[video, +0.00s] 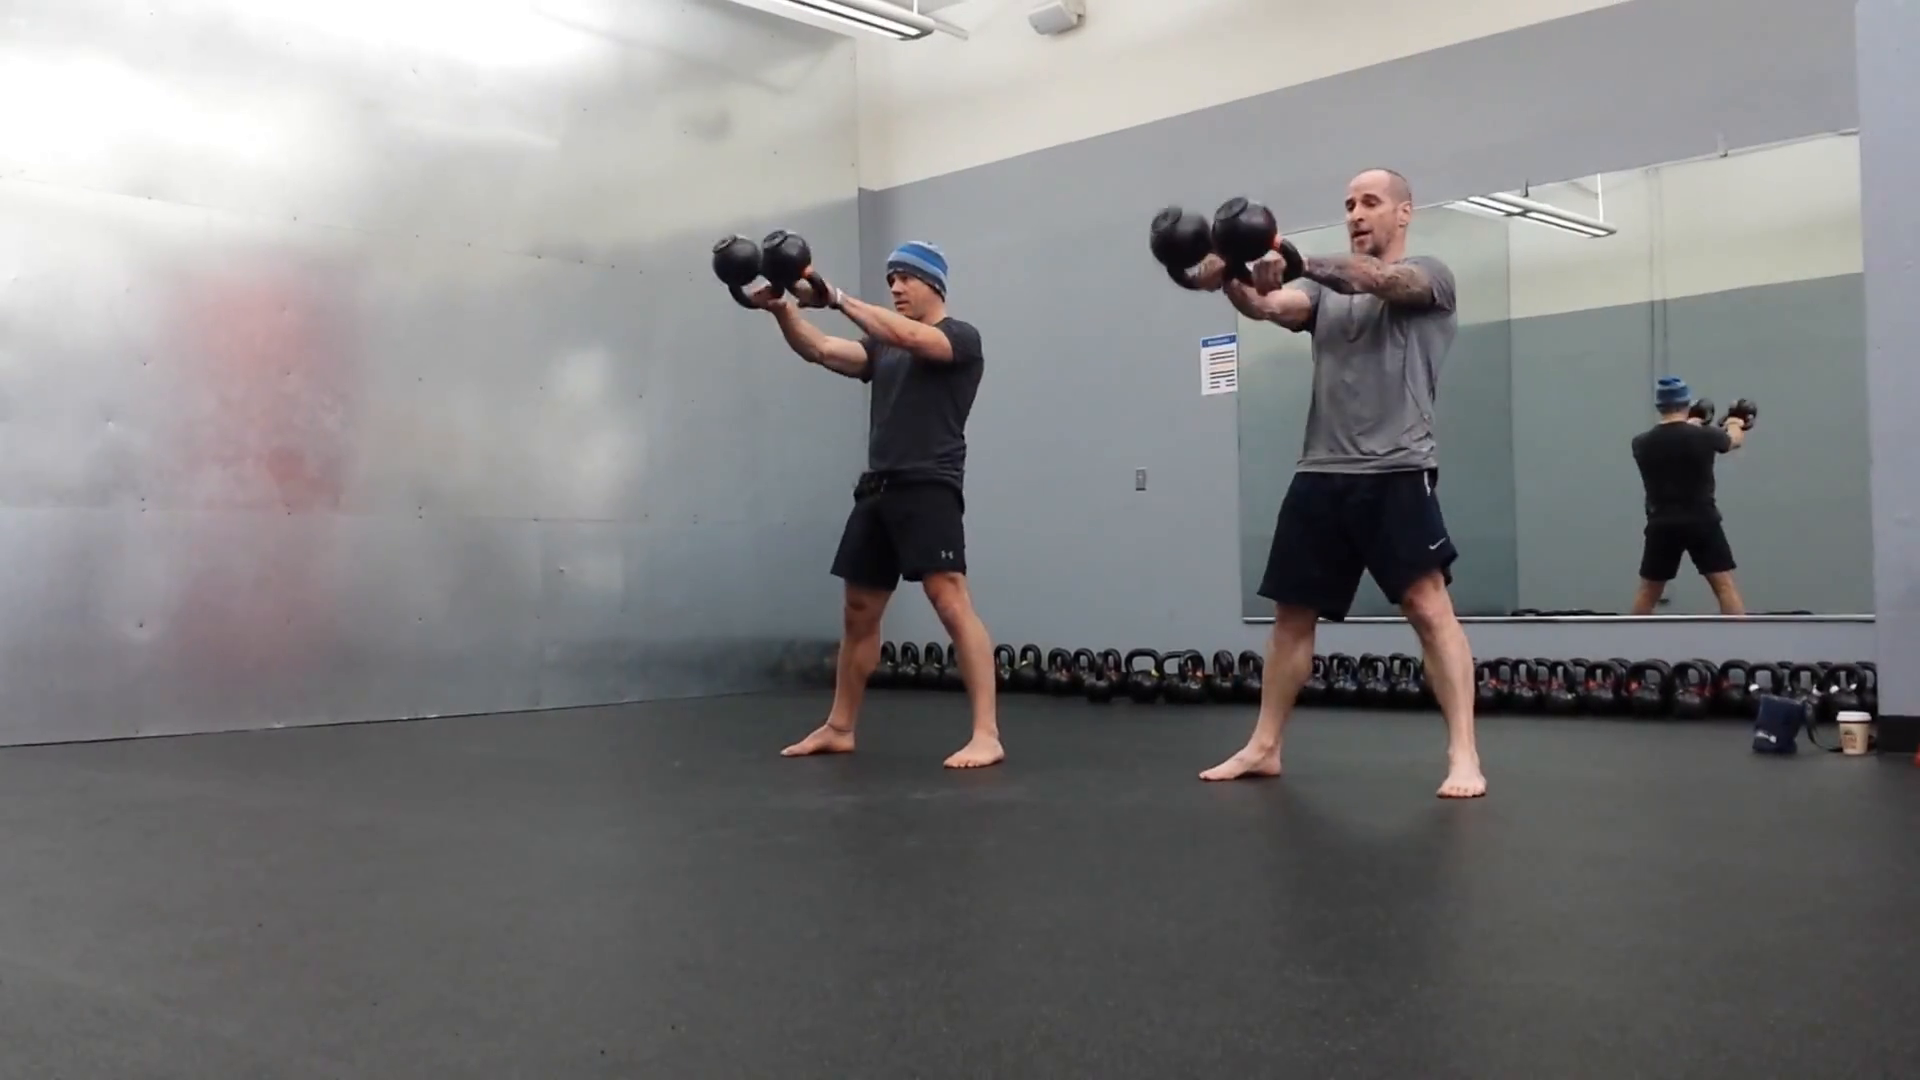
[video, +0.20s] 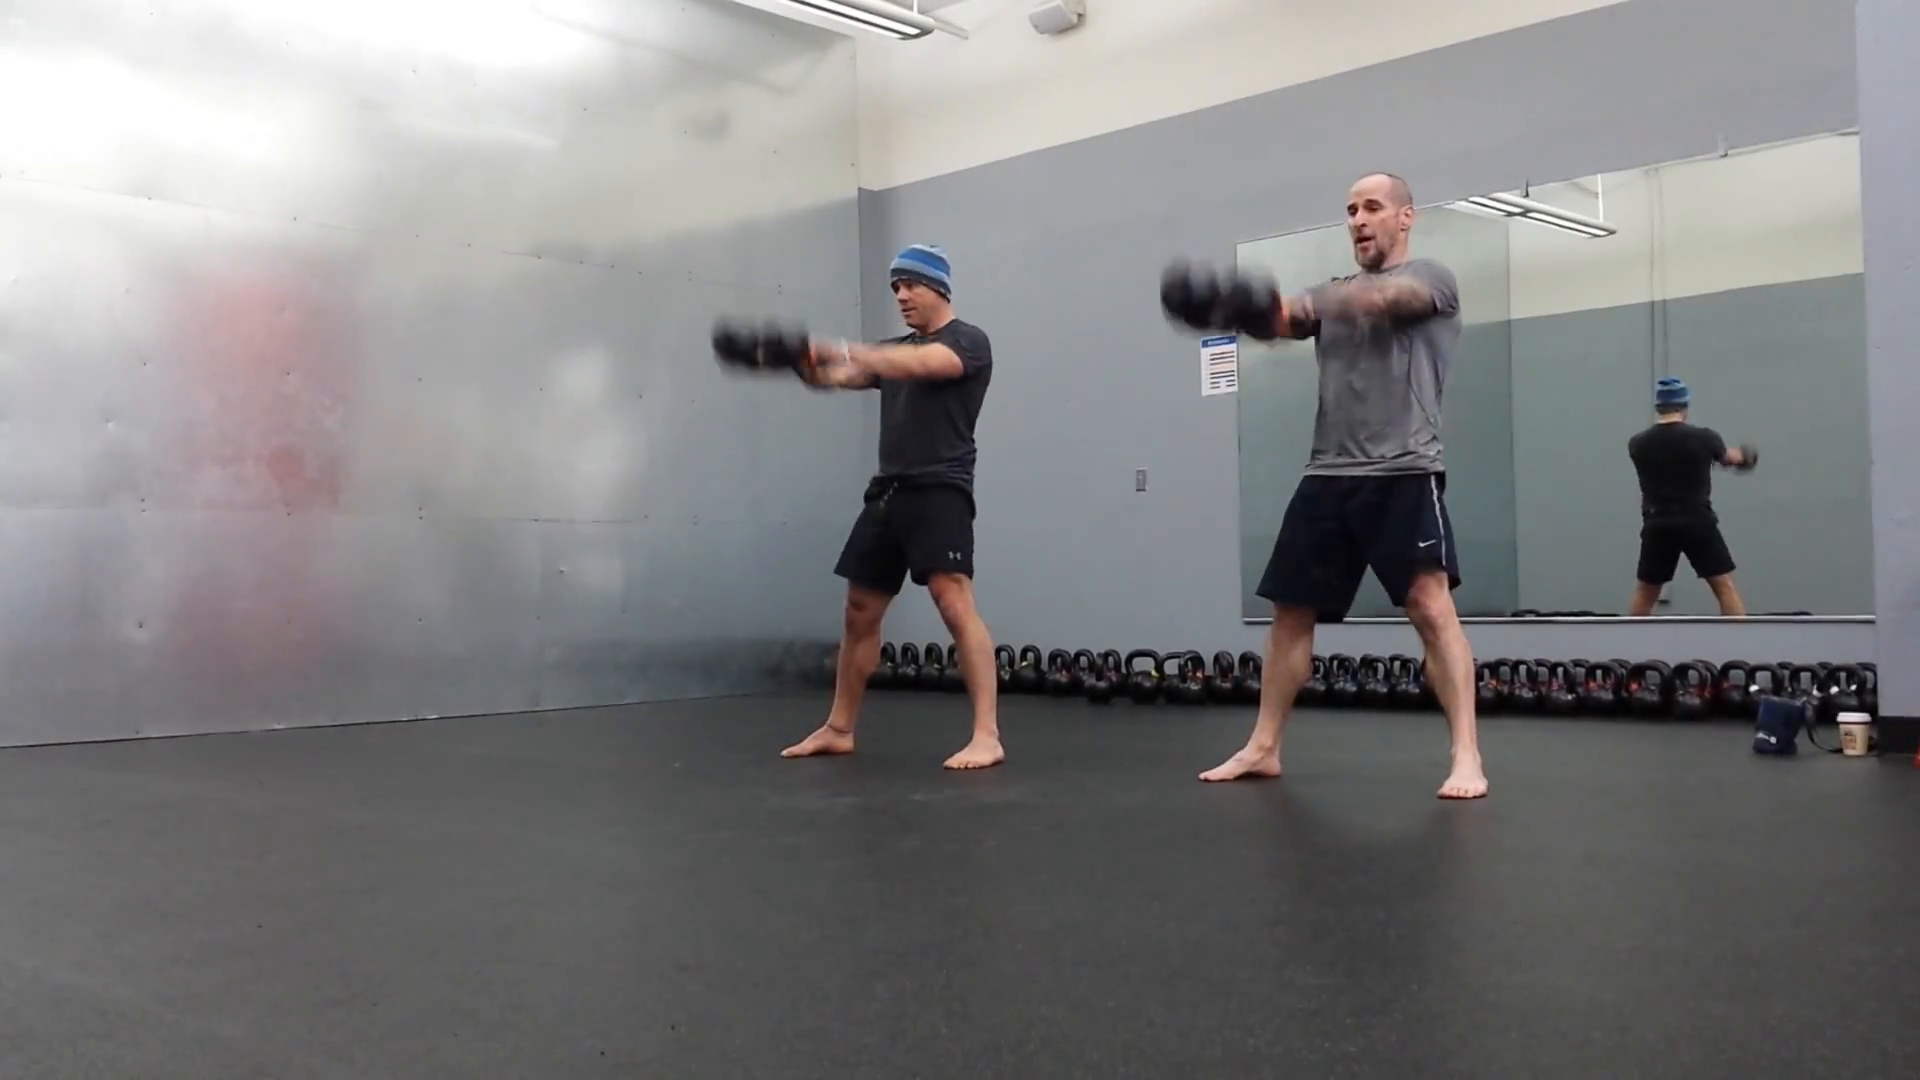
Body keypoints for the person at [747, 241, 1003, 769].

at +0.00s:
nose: (893, 287)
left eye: (902, 278)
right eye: (890, 281)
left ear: (932, 284)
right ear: (899, 290)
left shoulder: (962, 339)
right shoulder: (884, 348)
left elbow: (904, 334)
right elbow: (818, 348)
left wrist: (836, 298)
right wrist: (782, 309)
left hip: (930, 490)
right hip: (877, 493)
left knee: (951, 603)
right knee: (859, 612)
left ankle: (986, 736)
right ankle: (841, 727)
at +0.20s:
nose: (902, 296)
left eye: (911, 285)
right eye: (897, 288)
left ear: (940, 289)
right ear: (899, 295)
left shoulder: (971, 342)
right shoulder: (901, 350)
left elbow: (919, 363)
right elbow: (859, 372)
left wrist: (853, 355)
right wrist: (816, 368)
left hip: (939, 494)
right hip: (887, 495)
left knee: (954, 603)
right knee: (860, 612)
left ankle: (987, 736)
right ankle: (839, 727)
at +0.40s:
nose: (869, 314)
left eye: (877, 303)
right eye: (864, 304)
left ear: (906, 300)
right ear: (863, 307)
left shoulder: (943, 351)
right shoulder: (870, 363)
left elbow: (923, 429)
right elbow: (849, 431)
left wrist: (877, 488)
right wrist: (831, 495)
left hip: (953, 497)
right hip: (898, 500)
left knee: (956, 597)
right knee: (848, 606)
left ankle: (987, 736)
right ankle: (838, 727)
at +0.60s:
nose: (790, 415)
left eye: (797, 401)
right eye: (784, 404)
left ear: (825, 394)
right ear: (783, 407)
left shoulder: (885, 439)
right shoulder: (810, 460)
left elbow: (932, 531)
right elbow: (853, 534)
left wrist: (938, 586)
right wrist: (902, 587)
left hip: (954, 530)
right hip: (893, 540)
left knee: (966, 602)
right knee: (817, 608)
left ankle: (991, 737)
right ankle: (835, 728)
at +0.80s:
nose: (788, 394)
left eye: (798, 381)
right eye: (785, 384)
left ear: (827, 383)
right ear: (787, 389)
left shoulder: (885, 435)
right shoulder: (810, 452)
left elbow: (923, 529)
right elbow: (851, 529)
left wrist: (936, 585)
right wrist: (892, 579)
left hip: (951, 527)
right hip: (889, 538)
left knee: (954, 604)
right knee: (813, 609)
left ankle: (989, 737)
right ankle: (835, 728)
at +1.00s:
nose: (880, 290)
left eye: (891, 281)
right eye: (876, 282)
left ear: (920, 287)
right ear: (873, 292)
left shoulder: (943, 340)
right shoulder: (870, 351)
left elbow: (913, 415)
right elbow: (845, 417)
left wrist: (873, 476)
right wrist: (827, 483)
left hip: (943, 489)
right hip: (888, 491)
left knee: (951, 594)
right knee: (844, 602)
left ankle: (986, 734)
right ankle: (837, 725)